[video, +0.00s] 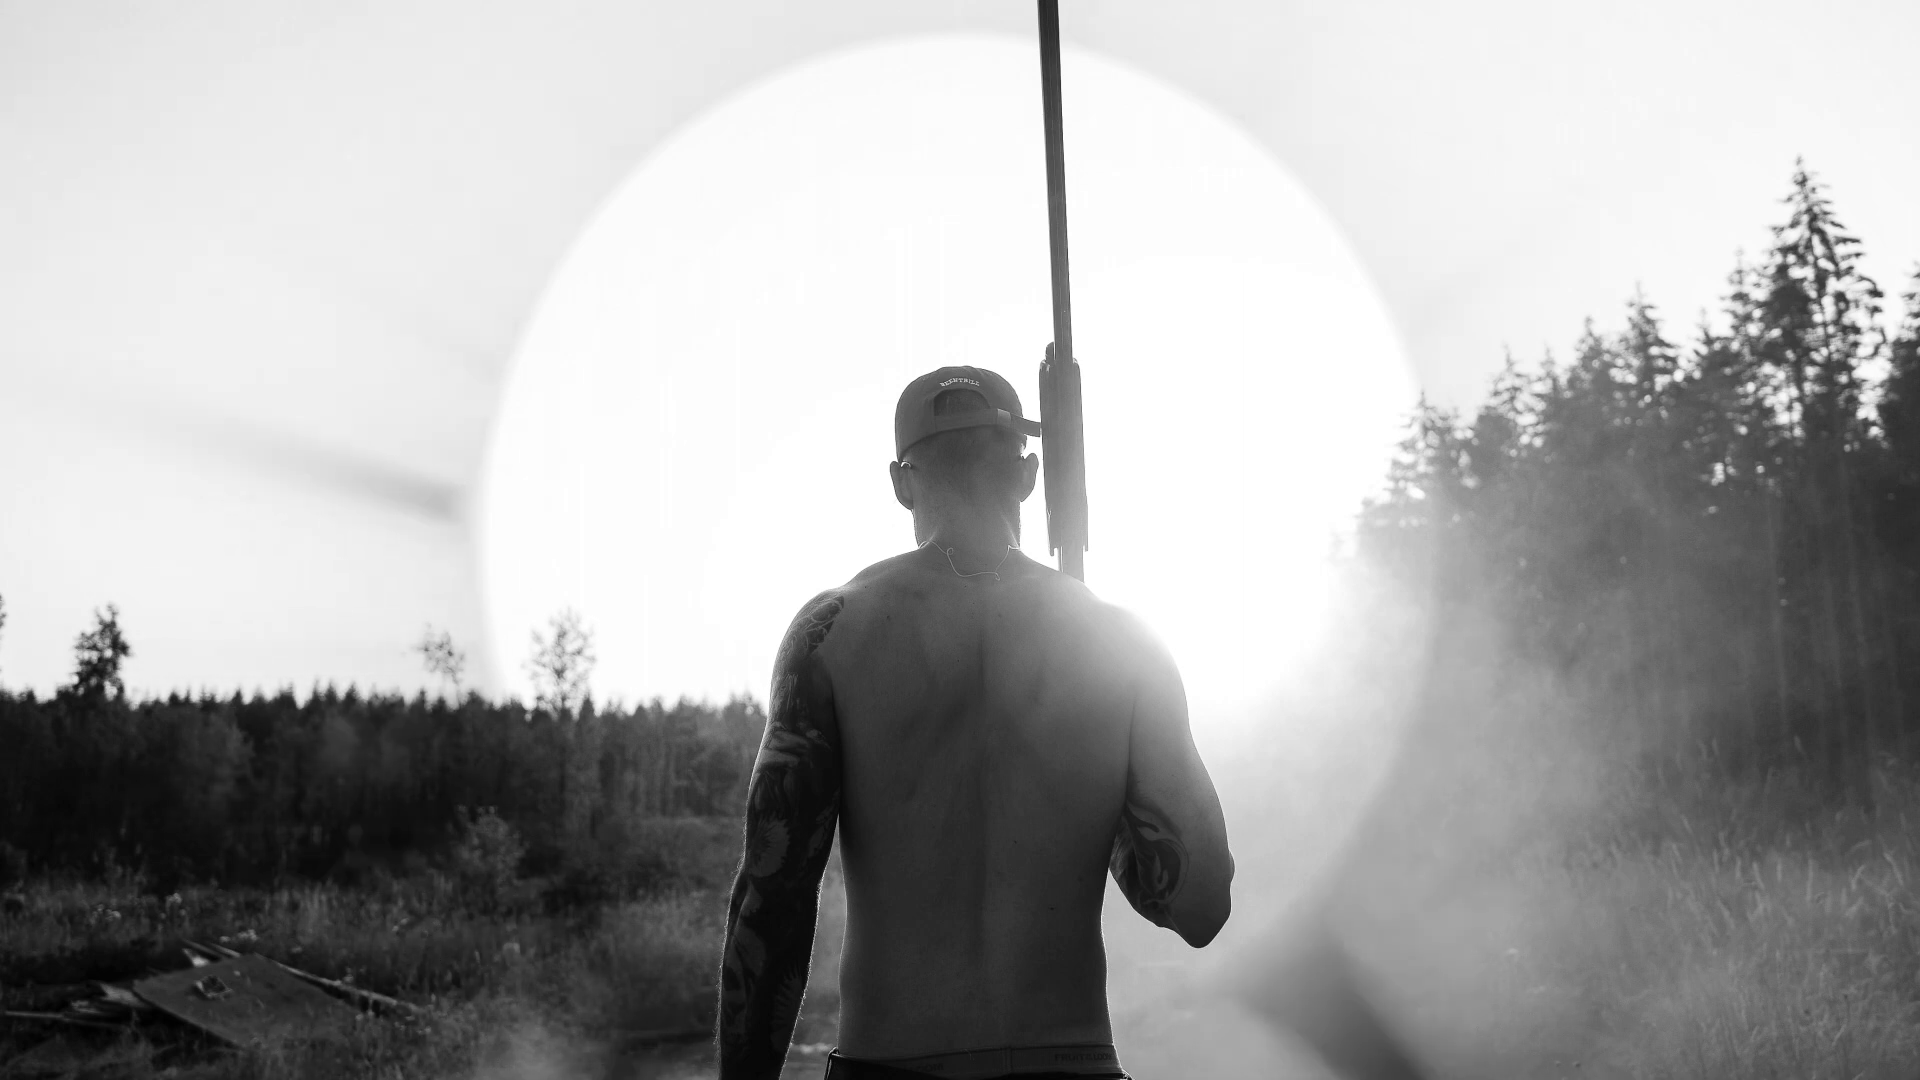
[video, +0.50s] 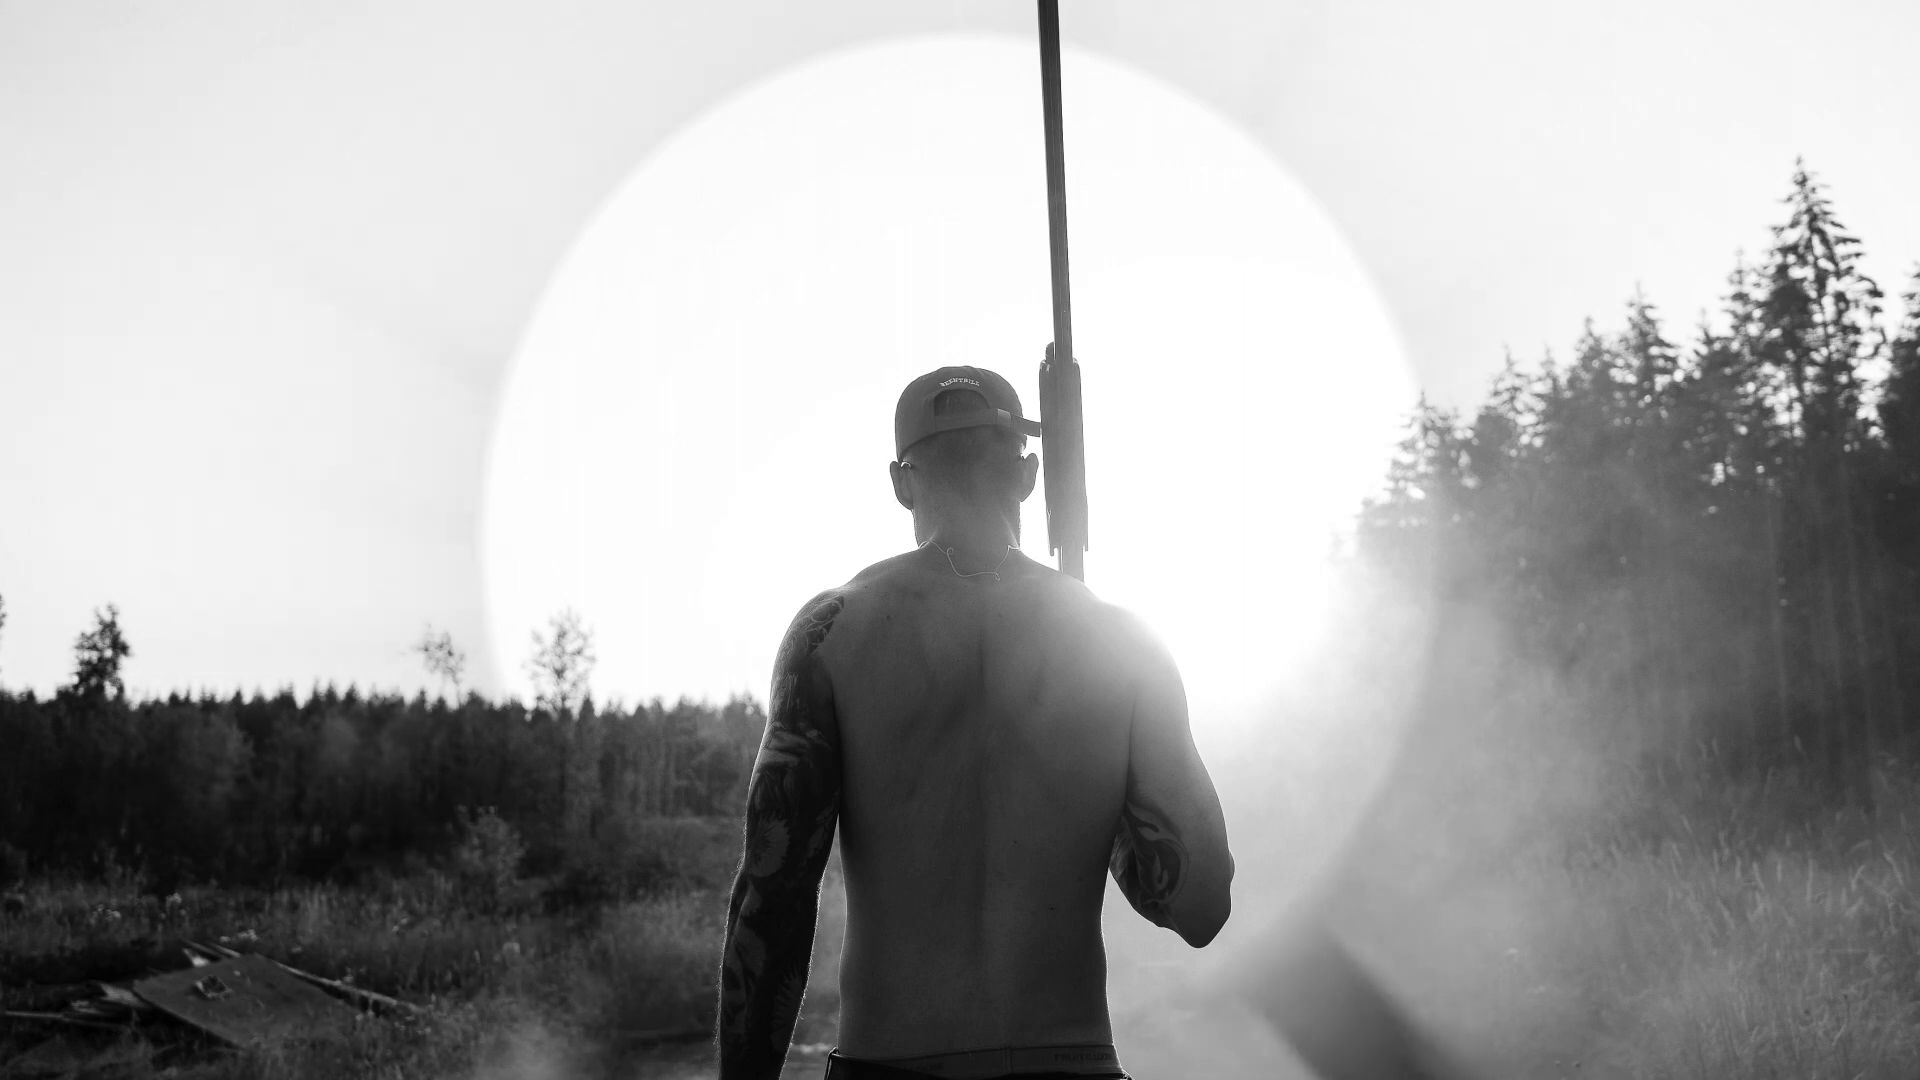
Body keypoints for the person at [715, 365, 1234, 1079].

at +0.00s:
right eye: (1015, 448)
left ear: (903, 486)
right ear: (1028, 477)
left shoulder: (831, 630)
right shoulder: (1121, 641)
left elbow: (773, 885)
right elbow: (1201, 904)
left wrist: (747, 1062)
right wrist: (1100, 800)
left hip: (886, 1046)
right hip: (1068, 1046)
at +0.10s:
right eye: (1017, 451)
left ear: (902, 484)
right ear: (1028, 477)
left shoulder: (831, 630)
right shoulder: (1121, 640)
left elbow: (772, 886)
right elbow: (1201, 904)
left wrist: (748, 1063)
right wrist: (1100, 801)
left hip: (885, 1046)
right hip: (1067, 1046)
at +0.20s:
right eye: (1017, 451)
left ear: (902, 484)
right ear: (1028, 477)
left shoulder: (831, 630)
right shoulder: (1121, 640)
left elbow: (772, 886)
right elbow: (1201, 904)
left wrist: (748, 1063)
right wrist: (1100, 801)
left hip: (885, 1046)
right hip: (1067, 1046)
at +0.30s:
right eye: (1014, 448)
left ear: (903, 486)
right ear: (1028, 477)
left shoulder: (831, 630)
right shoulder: (1121, 641)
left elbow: (773, 885)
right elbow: (1201, 904)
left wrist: (747, 1062)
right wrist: (1100, 800)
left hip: (886, 1046)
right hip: (1067, 1046)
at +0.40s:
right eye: (1015, 449)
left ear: (903, 486)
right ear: (1028, 477)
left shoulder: (831, 630)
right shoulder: (1121, 641)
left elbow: (773, 885)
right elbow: (1201, 904)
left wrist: (747, 1062)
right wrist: (1100, 800)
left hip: (886, 1046)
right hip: (1067, 1046)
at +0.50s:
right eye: (1017, 451)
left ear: (902, 484)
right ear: (1028, 477)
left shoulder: (831, 630)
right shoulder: (1121, 640)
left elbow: (772, 887)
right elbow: (1201, 904)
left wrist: (748, 1063)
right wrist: (1100, 801)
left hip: (885, 1046)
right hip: (1067, 1046)